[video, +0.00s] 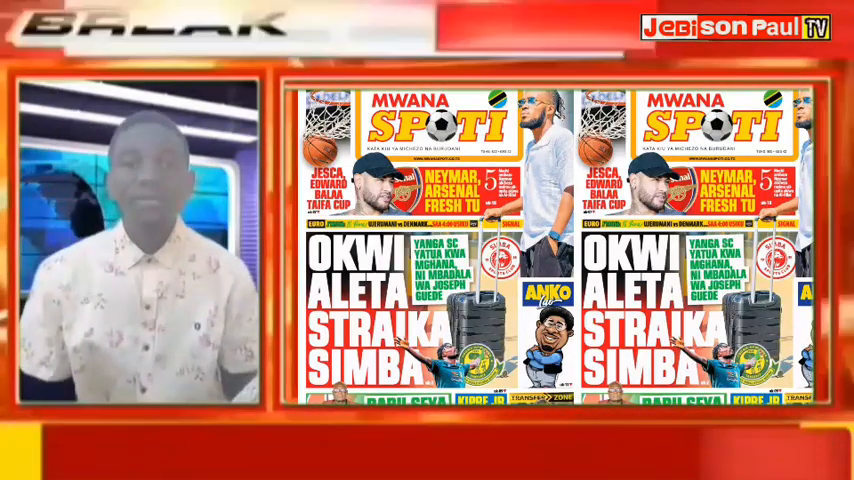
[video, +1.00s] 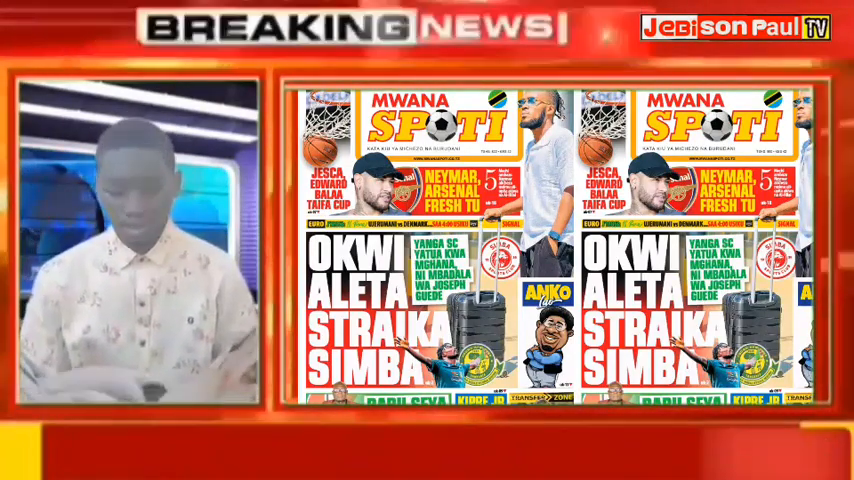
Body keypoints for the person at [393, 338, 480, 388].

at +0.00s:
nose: (453, 348)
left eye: (453, 347)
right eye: (449, 347)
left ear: (456, 352)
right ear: (443, 354)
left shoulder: (462, 367)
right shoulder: (439, 365)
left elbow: (474, 365)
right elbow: (423, 359)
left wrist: (478, 360)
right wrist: (407, 348)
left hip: (461, 403)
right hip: (444, 403)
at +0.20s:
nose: (453, 348)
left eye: (453, 347)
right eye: (449, 347)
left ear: (456, 352)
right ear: (443, 354)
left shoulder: (462, 367)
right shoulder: (439, 365)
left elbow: (474, 365)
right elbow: (423, 359)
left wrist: (478, 360)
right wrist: (407, 348)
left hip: (461, 403)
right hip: (444, 403)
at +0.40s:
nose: (453, 348)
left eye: (453, 347)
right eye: (449, 348)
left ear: (456, 352)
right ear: (443, 354)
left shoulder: (462, 367)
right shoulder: (439, 365)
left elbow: (474, 365)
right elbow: (423, 359)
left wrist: (478, 360)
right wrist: (407, 348)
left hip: (461, 403)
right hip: (445, 403)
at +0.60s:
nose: (453, 348)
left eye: (453, 347)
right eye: (449, 347)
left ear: (456, 352)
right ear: (443, 354)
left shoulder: (462, 367)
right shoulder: (439, 365)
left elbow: (474, 365)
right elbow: (423, 359)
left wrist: (478, 360)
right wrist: (407, 348)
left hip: (461, 403)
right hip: (444, 403)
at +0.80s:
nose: (453, 348)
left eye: (453, 347)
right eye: (449, 347)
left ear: (456, 351)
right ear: (443, 354)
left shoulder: (462, 367)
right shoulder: (438, 365)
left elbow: (473, 365)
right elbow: (423, 359)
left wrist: (478, 360)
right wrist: (408, 348)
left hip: (461, 402)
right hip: (444, 402)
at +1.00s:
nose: (453, 348)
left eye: (453, 347)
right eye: (449, 347)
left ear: (456, 352)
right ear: (443, 354)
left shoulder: (462, 367)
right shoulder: (439, 365)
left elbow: (474, 365)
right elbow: (423, 359)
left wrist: (478, 360)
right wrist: (407, 348)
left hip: (461, 403)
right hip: (444, 403)